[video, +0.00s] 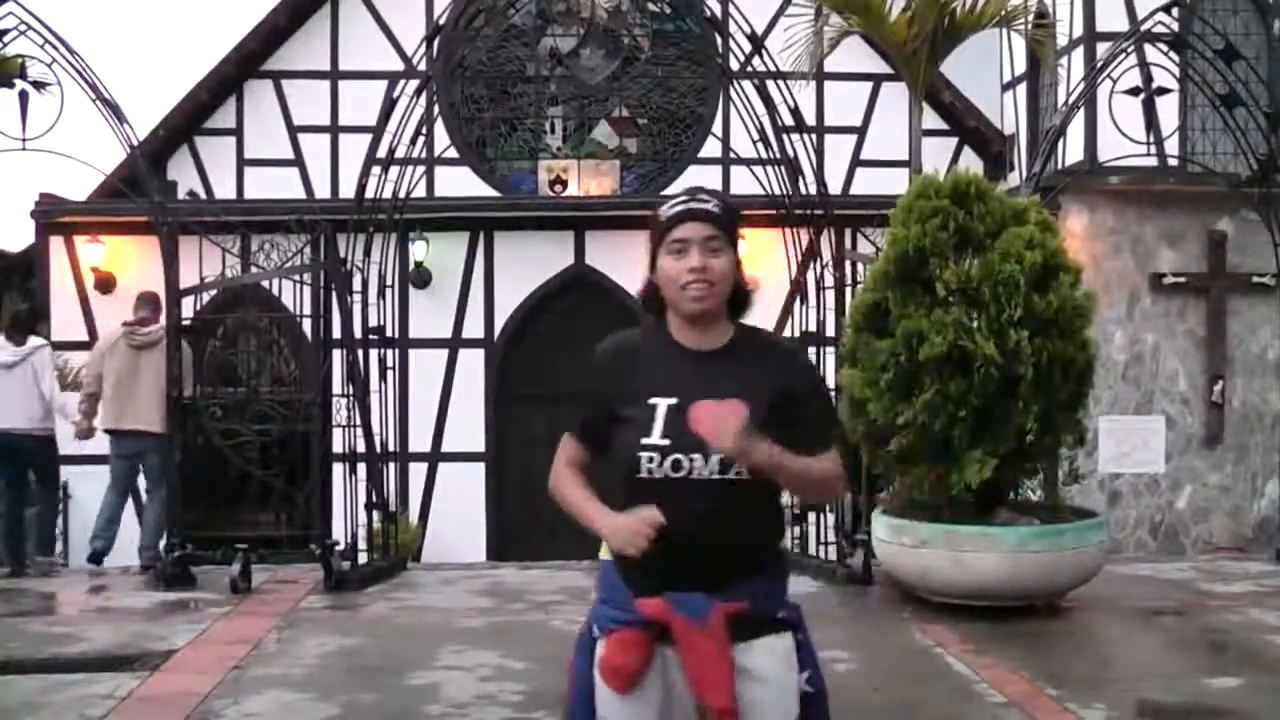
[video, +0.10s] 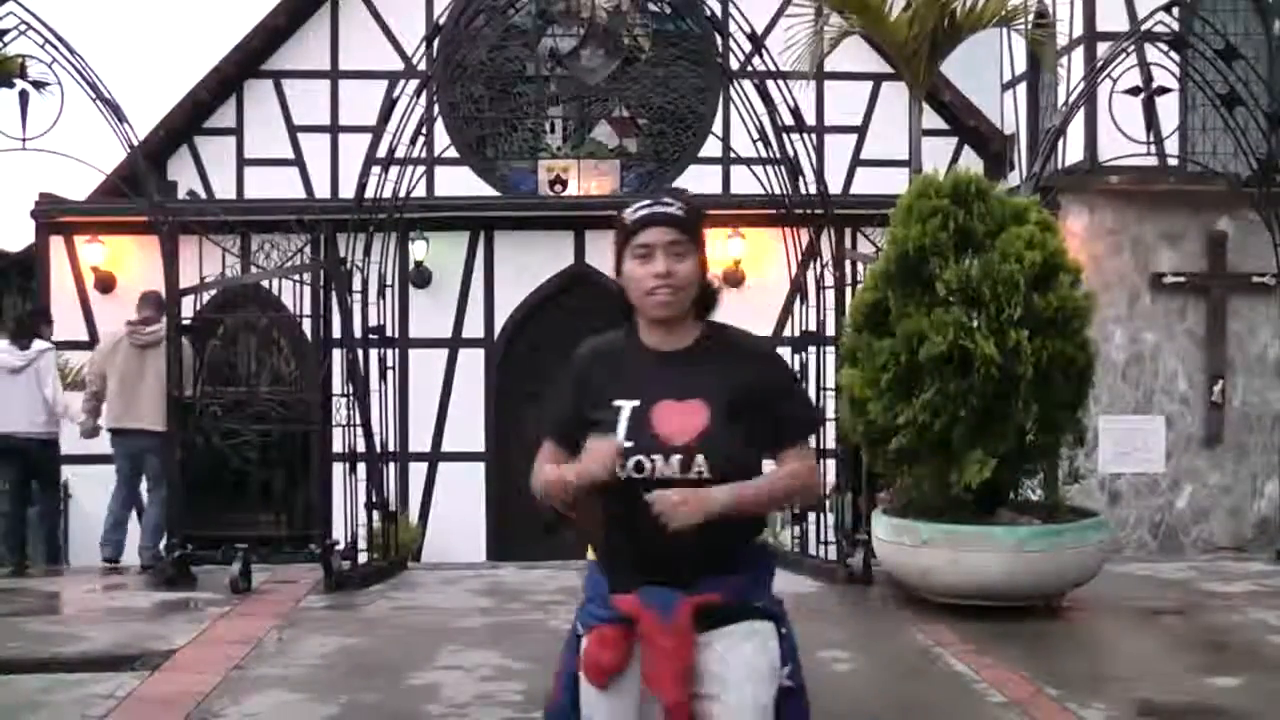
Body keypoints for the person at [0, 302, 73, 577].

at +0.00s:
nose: (38, 328)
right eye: (36, 324)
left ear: (9, 323)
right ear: (32, 325)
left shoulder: (2, 347)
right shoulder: (40, 349)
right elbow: (51, 393)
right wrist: (76, 417)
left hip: (6, 432)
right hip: (37, 434)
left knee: (12, 496)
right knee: (49, 491)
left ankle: (14, 561)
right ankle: (44, 553)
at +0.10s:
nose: (52, 330)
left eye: (51, 325)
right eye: (49, 326)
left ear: (19, 326)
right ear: (40, 327)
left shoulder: (4, 351)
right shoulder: (45, 351)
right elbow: (53, 395)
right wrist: (78, 416)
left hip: (9, 435)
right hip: (40, 435)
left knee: (16, 501)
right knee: (50, 497)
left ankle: (15, 559)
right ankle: (52, 558)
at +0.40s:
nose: (68, 347)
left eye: (69, 342)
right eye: (67, 342)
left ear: (40, 339)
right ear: (59, 341)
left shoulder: (19, 365)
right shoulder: (60, 367)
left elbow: (5, 404)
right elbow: (62, 409)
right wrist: (89, 428)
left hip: (24, 445)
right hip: (55, 447)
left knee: (36, 505)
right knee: (58, 507)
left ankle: (21, 555)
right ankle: (55, 563)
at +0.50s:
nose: (75, 349)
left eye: (75, 344)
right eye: (74, 344)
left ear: (49, 342)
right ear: (66, 345)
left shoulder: (25, 366)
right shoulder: (65, 369)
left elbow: (8, 407)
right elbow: (66, 412)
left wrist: (3, 429)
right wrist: (87, 434)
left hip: (28, 447)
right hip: (59, 449)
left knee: (41, 504)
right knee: (61, 508)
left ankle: (24, 553)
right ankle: (56, 564)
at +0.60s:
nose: (81, 352)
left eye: (81, 347)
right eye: (79, 347)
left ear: (54, 344)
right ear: (71, 346)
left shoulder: (31, 365)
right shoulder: (71, 369)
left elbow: (14, 407)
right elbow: (71, 412)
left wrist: (3, 434)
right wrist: (93, 439)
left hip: (34, 449)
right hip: (63, 451)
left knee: (48, 509)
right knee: (64, 511)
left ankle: (41, 561)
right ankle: (54, 565)